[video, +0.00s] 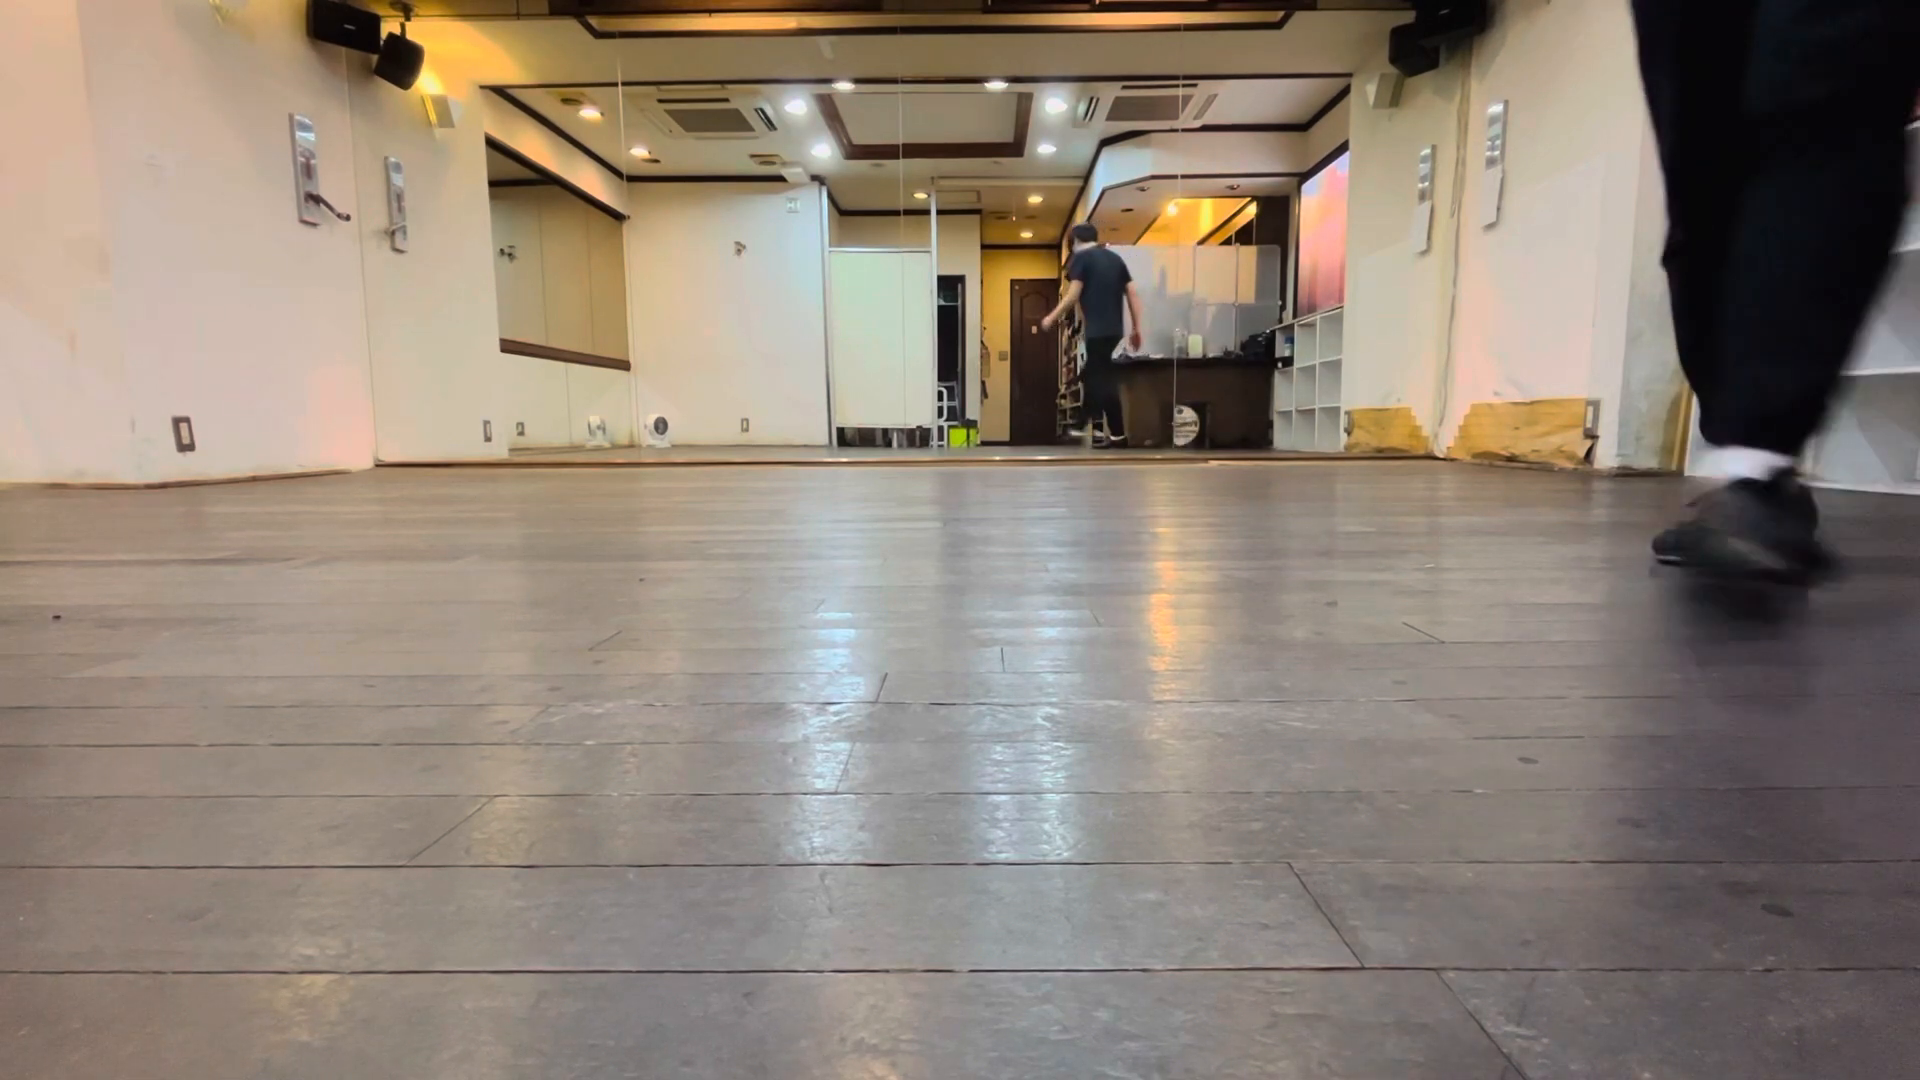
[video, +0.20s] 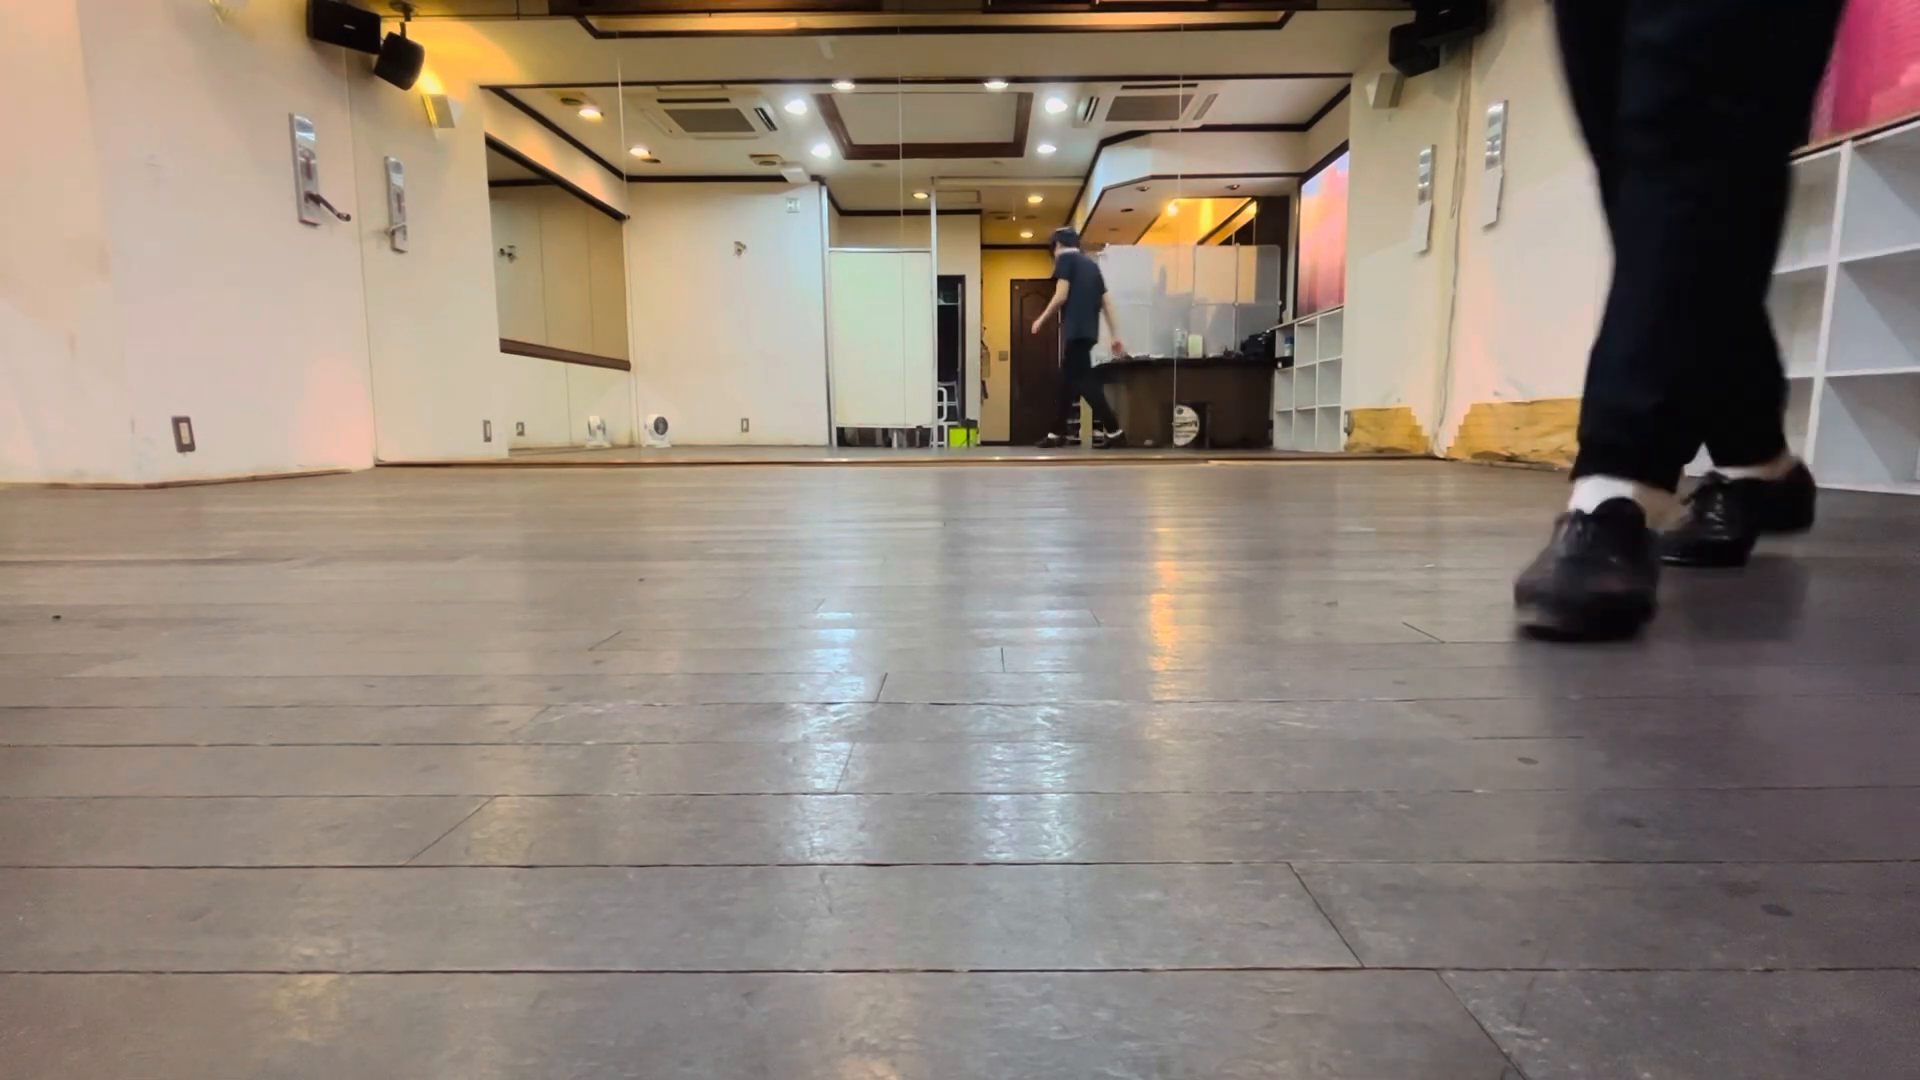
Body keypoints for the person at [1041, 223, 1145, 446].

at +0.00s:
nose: (1073, 247)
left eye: (1073, 243)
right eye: (1073, 243)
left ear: (1077, 241)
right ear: (1095, 239)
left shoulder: (1081, 258)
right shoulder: (1114, 258)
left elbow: (1073, 294)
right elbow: (1131, 293)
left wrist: (1051, 317)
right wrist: (1136, 329)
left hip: (1096, 332)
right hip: (1115, 331)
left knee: (1103, 380)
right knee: (1091, 377)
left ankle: (1117, 433)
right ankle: (1084, 425)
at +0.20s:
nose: (1055, 252)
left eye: (1055, 248)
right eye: (1055, 248)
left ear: (1060, 245)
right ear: (1075, 245)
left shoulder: (1065, 259)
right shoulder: (1092, 264)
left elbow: (1061, 295)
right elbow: (1106, 302)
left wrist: (1041, 320)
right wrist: (1115, 336)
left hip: (1074, 333)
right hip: (1089, 333)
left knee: (1084, 381)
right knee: (1068, 381)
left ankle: (1112, 429)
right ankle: (1058, 430)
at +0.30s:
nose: (1045, 256)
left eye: (1044, 251)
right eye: (1044, 252)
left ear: (1048, 246)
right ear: (1063, 245)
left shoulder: (1057, 257)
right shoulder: (1079, 267)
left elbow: (1055, 295)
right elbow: (1088, 306)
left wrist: (1043, 327)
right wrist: (1096, 339)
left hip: (1062, 330)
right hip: (1076, 331)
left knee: (1061, 380)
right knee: (1064, 380)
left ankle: (1099, 421)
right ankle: (1067, 430)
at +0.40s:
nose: (1034, 256)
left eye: (1034, 251)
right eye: (1034, 252)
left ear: (1039, 246)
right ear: (1054, 245)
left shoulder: (1050, 258)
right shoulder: (1066, 263)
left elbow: (1052, 285)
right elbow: (1071, 298)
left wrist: (1049, 326)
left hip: (1059, 330)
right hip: (1067, 331)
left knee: (1043, 378)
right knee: (1049, 379)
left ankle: (1070, 417)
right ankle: (1055, 429)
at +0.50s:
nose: (1025, 255)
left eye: (1025, 250)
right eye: (1024, 251)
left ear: (1030, 245)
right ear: (1041, 244)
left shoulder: (1041, 256)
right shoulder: (1052, 259)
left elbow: (1048, 283)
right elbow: (1057, 290)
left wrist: (1054, 317)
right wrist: (1055, 318)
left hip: (1044, 327)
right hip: (1053, 326)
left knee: (1036, 373)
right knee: (1048, 375)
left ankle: (1049, 422)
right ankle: (1055, 423)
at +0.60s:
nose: (1014, 256)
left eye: (1014, 251)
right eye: (1013, 252)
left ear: (1019, 247)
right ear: (1032, 245)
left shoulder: (1031, 258)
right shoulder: (1043, 262)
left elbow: (1042, 282)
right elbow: (1036, 302)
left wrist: (1053, 313)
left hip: (1035, 330)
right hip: (1045, 330)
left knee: (1017, 377)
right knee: (1046, 379)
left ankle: (1023, 427)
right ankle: (1051, 429)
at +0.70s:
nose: (1002, 260)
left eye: (1001, 256)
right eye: (1001, 257)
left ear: (1006, 249)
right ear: (1021, 247)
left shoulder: (1017, 260)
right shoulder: (1033, 263)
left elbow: (1029, 283)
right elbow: (1032, 299)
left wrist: (1044, 315)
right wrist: (1017, 324)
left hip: (1027, 334)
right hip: (1040, 334)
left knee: (1011, 383)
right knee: (1039, 383)